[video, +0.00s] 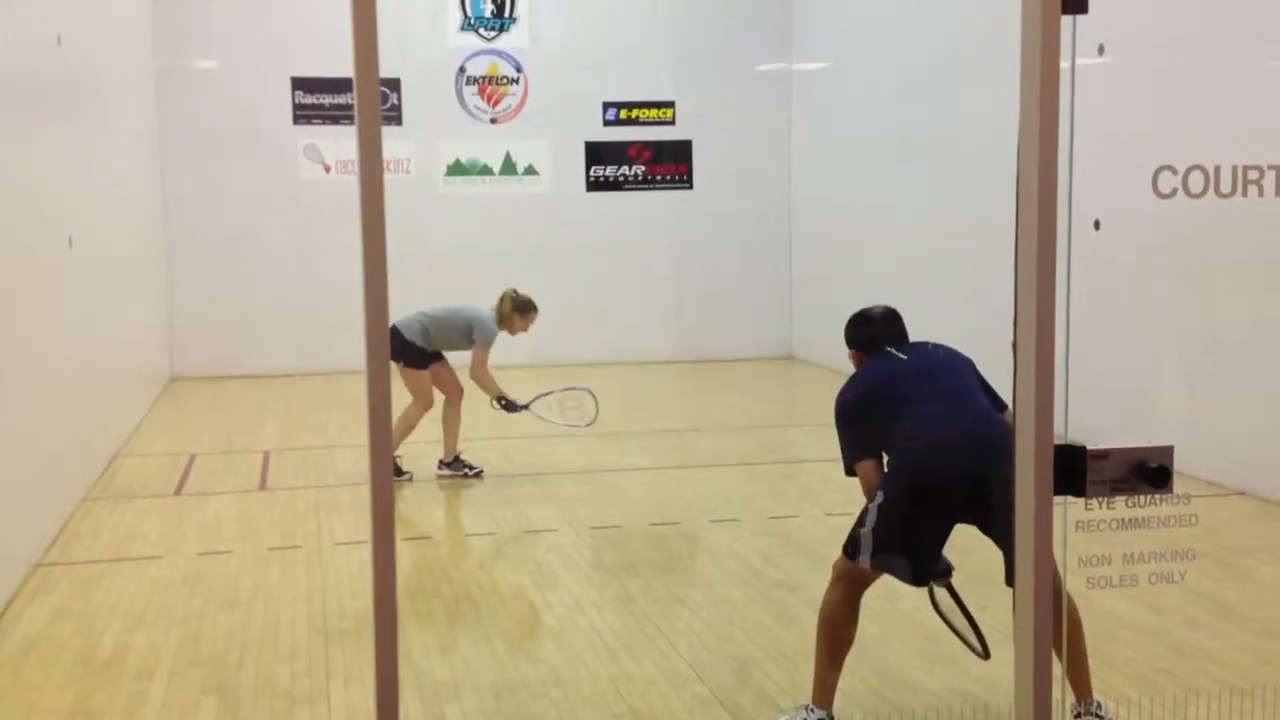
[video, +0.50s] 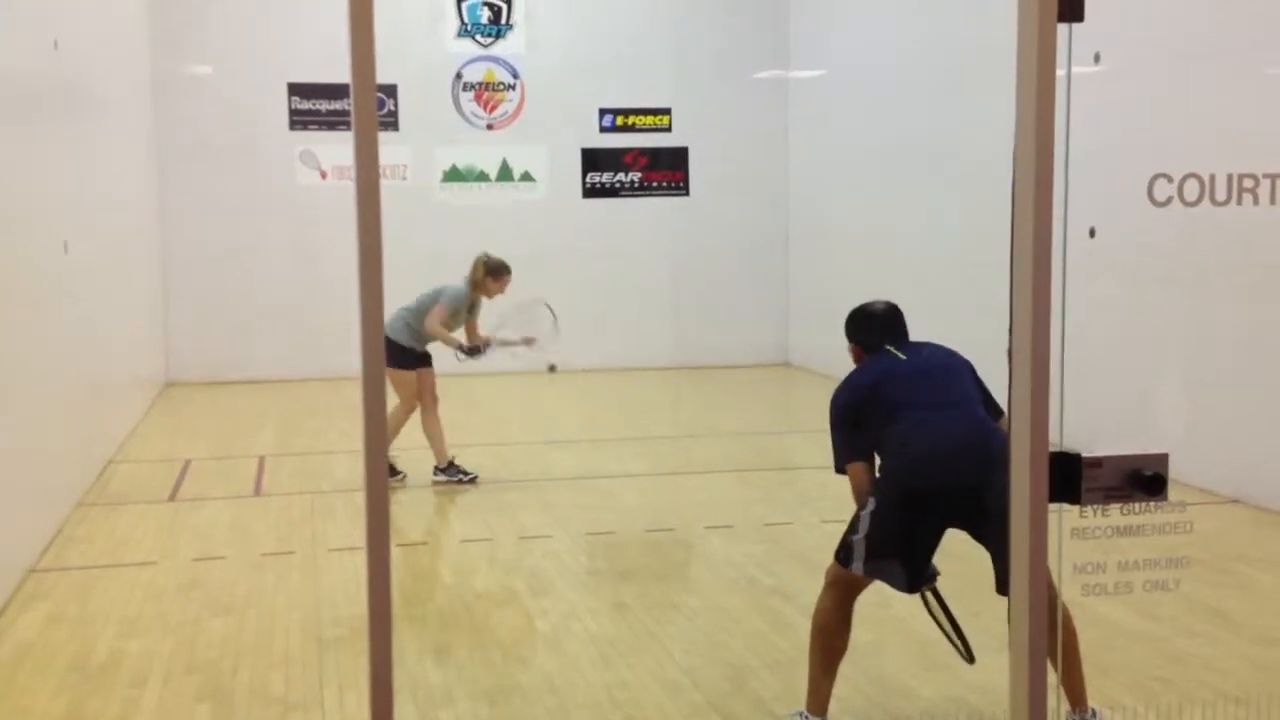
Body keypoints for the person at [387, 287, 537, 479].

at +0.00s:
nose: (528, 328)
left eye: (531, 323)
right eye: (527, 322)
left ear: (514, 316)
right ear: (514, 315)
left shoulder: (487, 324)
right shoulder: (486, 326)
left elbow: (480, 370)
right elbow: (477, 372)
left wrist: (501, 396)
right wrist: (501, 397)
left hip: (426, 344)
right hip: (406, 339)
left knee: (454, 393)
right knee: (423, 400)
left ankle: (449, 460)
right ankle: (385, 456)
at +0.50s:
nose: (504, 289)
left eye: (505, 284)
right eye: (501, 283)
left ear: (488, 280)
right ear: (487, 279)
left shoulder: (472, 301)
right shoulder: (457, 295)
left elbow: (474, 340)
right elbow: (431, 325)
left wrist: (517, 342)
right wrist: (462, 346)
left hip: (417, 346)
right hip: (396, 341)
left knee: (429, 402)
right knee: (409, 402)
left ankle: (443, 464)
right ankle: (378, 456)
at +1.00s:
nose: (483, 280)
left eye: (486, 275)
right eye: (482, 274)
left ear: (473, 272)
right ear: (467, 269)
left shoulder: (466, 294)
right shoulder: (430, 278)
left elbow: (472, 320)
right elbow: (393, 286)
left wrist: (492, 350)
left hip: (422, 342)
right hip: (395, 341)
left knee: (448, 390)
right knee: (396, 401)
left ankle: (445, 442)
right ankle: (378, 459)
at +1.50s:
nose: (515, 235)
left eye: (513, 231)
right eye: (514, 231)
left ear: (487, 230)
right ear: (509, 234)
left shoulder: (468, 255)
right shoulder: (512, 267)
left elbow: (448, 288)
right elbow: (498, 299)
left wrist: (432, 318)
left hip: (458, 326)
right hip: (484, 330)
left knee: (463, 385)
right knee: (474, 387)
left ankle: (462, 438)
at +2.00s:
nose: (541, 234)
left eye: (544, 229)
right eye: (542, 228)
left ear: (552, 231)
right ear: (569, 230)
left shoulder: (547, 264)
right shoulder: (587, 262)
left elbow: (543, 304)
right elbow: (596, 300)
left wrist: (529, 333)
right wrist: (579, 311)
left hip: (553, 335)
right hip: (582, 333)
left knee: (545, 390)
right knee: (575, 389)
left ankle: (560, 440)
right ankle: (575, 440)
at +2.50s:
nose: (657, 239)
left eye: (662, 234)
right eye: (656, 234)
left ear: (679, 235)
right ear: (677, 237)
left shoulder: (679, 268)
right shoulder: (691, 264)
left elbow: (691, 313)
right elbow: (697, 312)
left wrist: (671, 348)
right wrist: (676, 341)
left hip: (691, 353)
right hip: (713, 349)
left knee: (669, 406)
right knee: (701, 410)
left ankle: (678, 473)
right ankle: (703, 477)